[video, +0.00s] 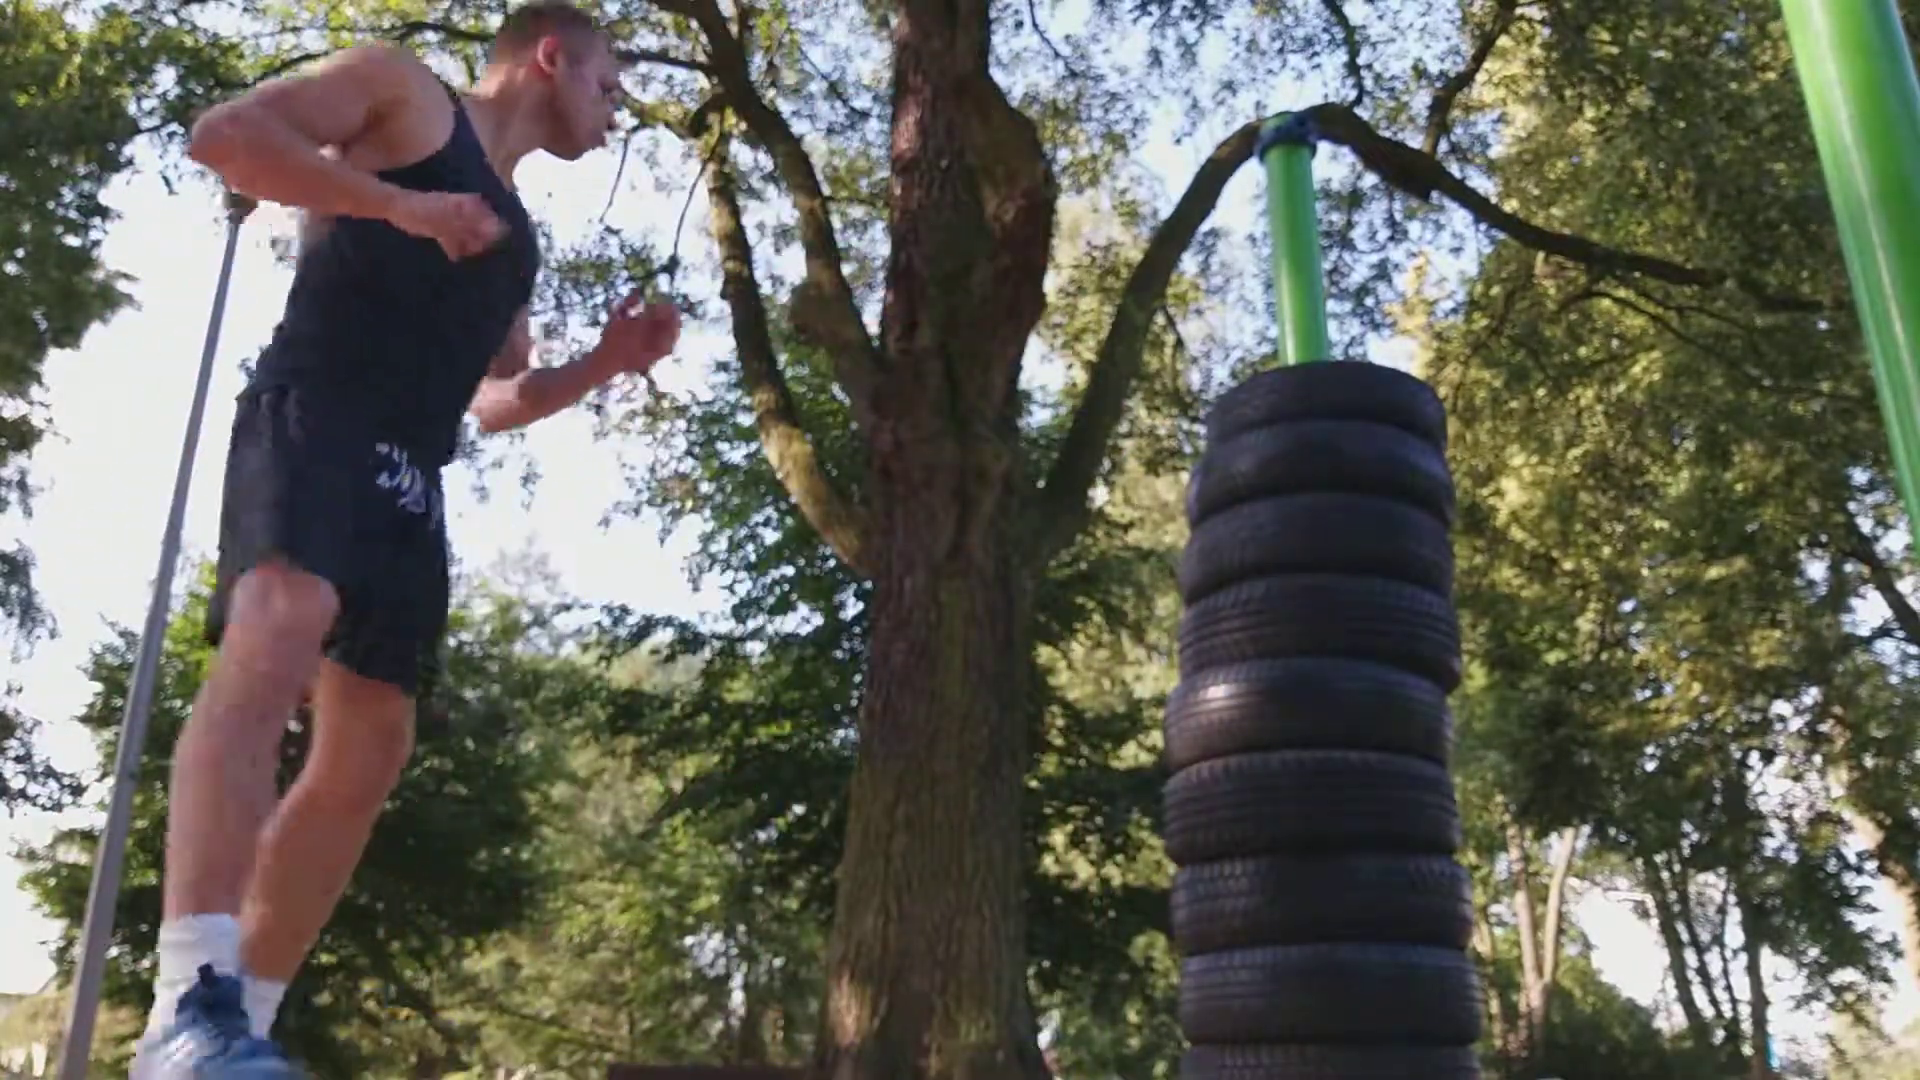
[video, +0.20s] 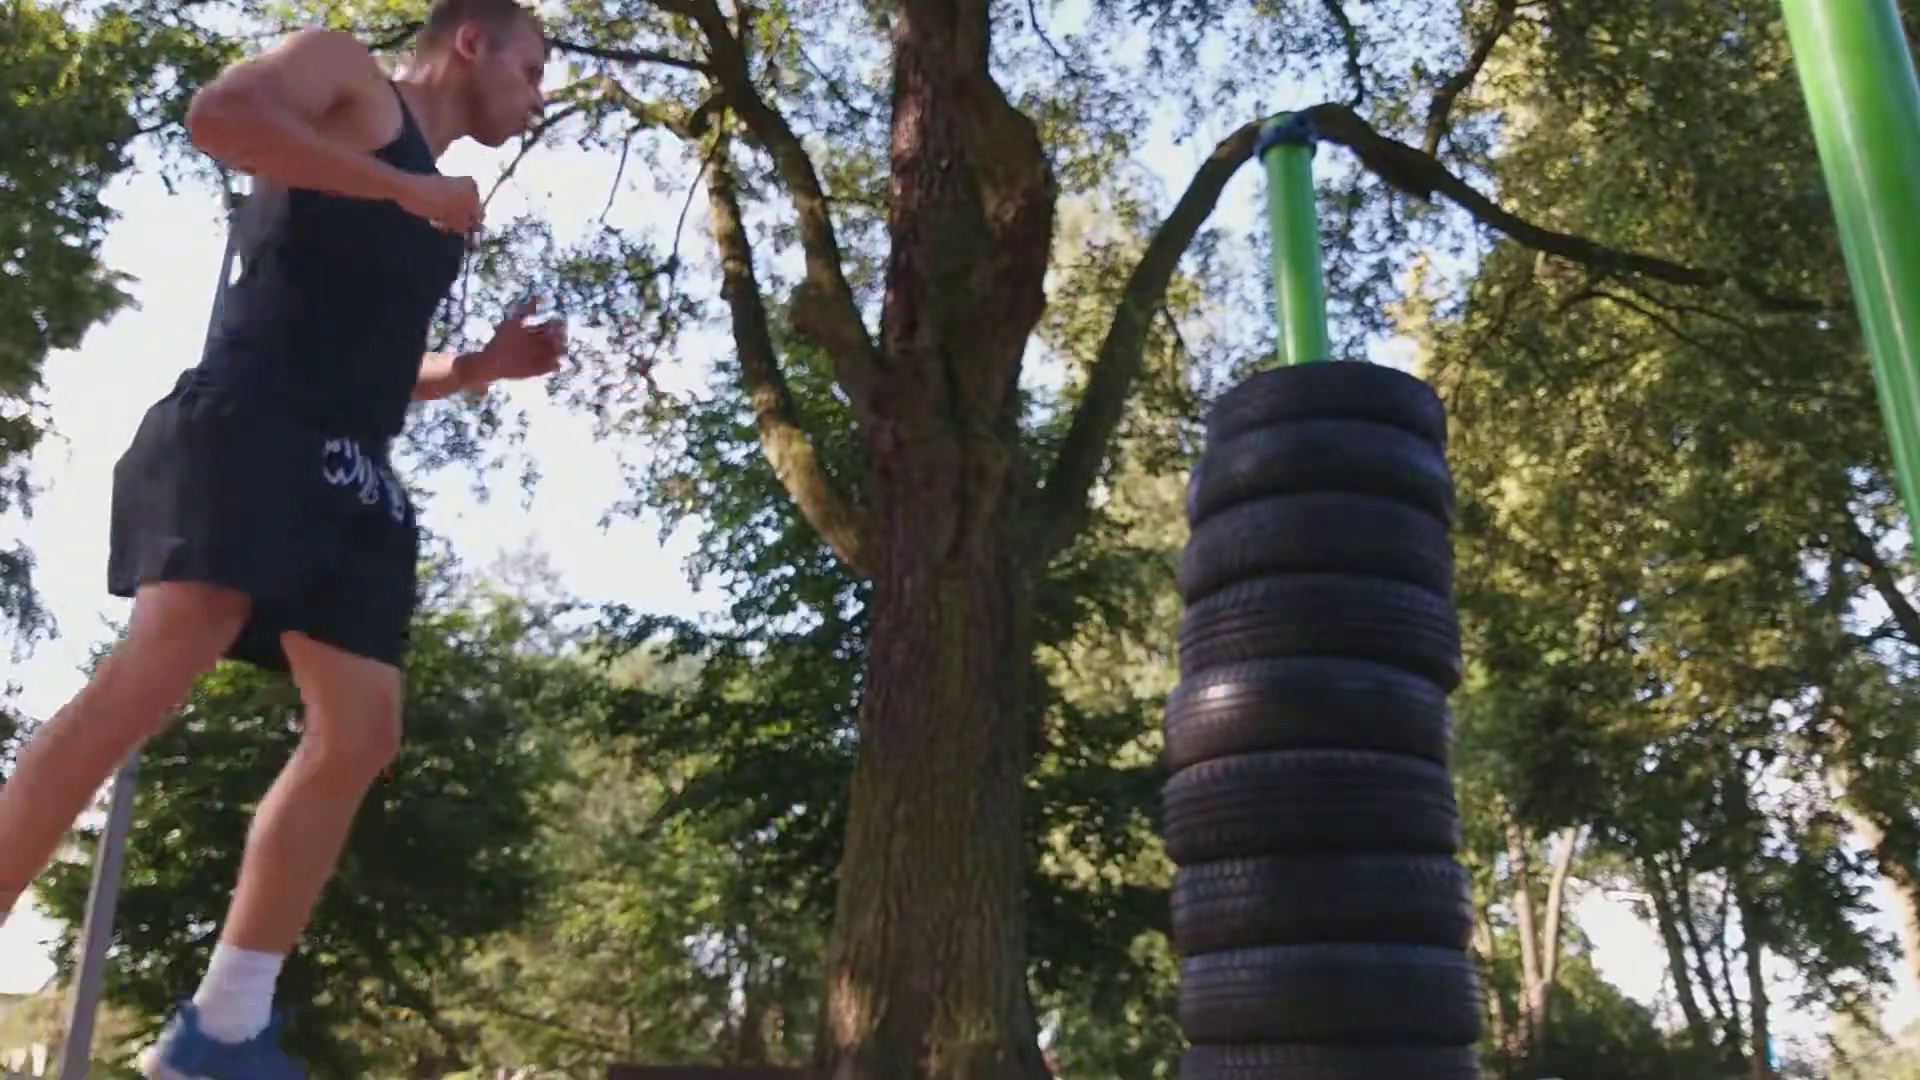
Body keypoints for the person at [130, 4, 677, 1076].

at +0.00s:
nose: (620, 99)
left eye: (622, 83)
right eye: (610, 73)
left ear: (553, 70)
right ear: (549, 58)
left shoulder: (517, 243)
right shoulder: (402, 84)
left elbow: (495, 398)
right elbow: (227, 135)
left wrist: (602, 362)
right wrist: (401, 202)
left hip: (410, 477)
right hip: (311, 422)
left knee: (363, 755)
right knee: (272, 648)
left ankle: (239, 1029)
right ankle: (190, 1008)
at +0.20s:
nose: (538, 101)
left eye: (544, 84)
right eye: (532, 72)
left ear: (476, 59)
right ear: (469, 44)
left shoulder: (430, 196)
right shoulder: (348, 65)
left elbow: (370, 380)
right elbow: (221, 115)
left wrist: (485, 367)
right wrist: (402, 186)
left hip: (349, 475)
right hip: (243, 430)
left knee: (357, 736)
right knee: (148, 681)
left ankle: (222, 1026)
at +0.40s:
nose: (506, 154)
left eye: (512, 136)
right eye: (500, 125)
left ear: (435, 114)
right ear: (433, 99)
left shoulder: (401, 247)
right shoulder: (299, 129)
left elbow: (339, 419)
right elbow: (214, 243)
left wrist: (452, 416)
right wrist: (403, 266)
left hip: (327, 534)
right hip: (222, 504)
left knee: (414, 755)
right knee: (87, 721)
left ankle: (262, 1005)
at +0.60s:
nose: (533, 180)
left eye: (539, 161)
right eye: (527, 153)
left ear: (475, 141)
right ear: (463, 127)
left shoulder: (438, 271)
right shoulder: (341, 164)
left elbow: (401, 438)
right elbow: (276, 275)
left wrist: (509, 423)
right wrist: (445, 307)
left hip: (397, 550)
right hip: (294, 523)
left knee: (440, 782)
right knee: (178, 750)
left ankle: (409, 1053)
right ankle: (8, 988)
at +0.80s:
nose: (533, 192)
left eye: (539, 175)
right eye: (527, 166)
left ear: (476, 154)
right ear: (460, 139)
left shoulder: (449, 294)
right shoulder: (333, 194)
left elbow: (413, 446)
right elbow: (247, 316)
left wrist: (515, 457)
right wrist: (417, 328)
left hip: (400, 563)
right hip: (291, 531)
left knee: (419, 790)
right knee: (157, 735)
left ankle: (401, 1056)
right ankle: (4, 976)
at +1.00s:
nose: (490, 170)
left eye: (497, 155)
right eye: (481, 142)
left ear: (427, 133)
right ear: (416, 118)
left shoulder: (418, 288)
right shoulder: (279, 162)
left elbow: (409, 448)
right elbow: (167, 255)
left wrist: (479, 424)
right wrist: (352, 263)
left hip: (339, 549)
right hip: (213, 511)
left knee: (401, 784)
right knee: (63, 736)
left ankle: (263, 1041)